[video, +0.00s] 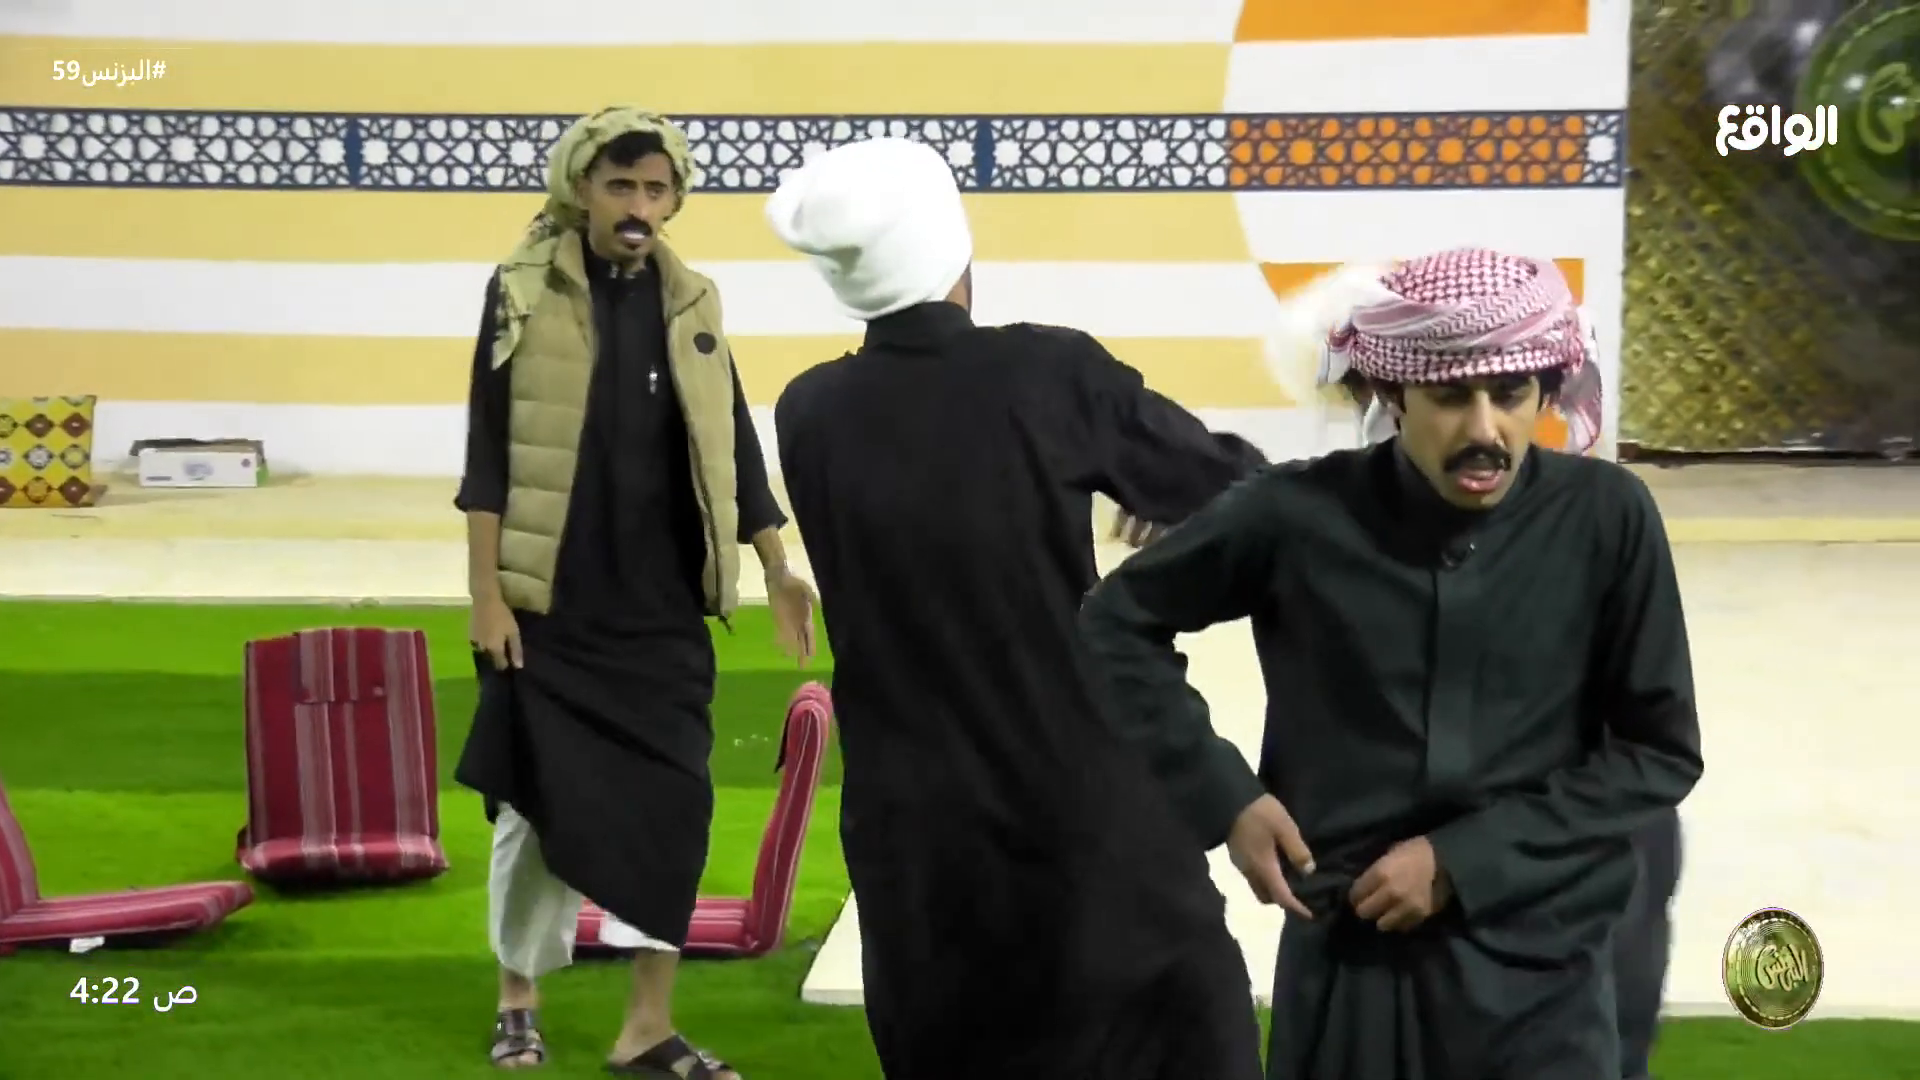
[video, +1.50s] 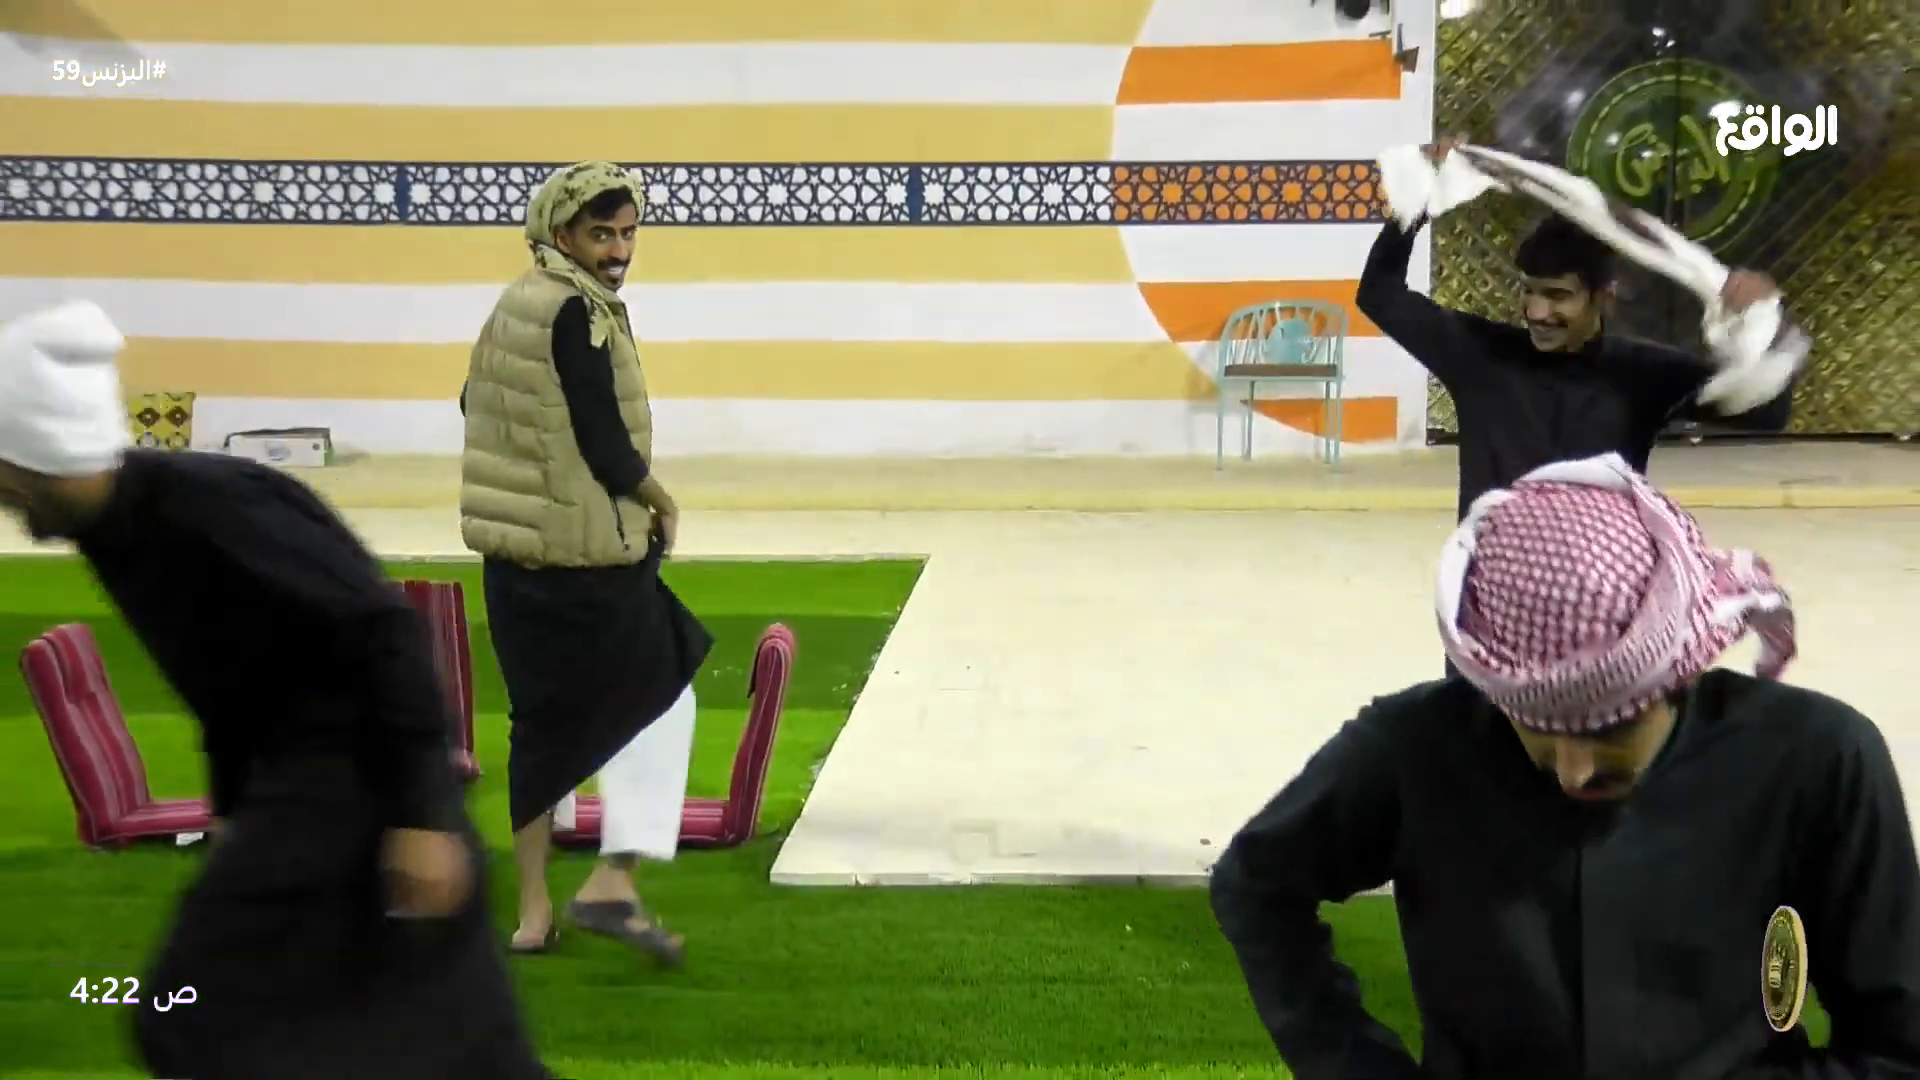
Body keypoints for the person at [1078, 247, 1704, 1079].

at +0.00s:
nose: (1483, 431)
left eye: (1509, 395)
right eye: (1450, 396)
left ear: (1544, 397)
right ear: (1395, 397)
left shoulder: (1608, 516)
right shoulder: (1292, 516)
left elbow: (1659, 753)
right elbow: (1115, 619)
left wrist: (1457, 860)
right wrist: (1229, 799)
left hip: (1541, 985)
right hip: (1344, 979)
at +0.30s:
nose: (1535, 462)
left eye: (1564, 430)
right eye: (1503, 423)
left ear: (1592, 447)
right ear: (1435, 425)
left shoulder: (1632, 582)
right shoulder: (1309, 558)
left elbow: (1654, 830)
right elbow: (1128, 680)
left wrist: (1448, 943)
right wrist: (1232, 869)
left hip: (1530, 1041)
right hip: (1330, 1033)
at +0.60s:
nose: (1500, 463)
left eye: (1530, 424)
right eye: (1465, 427)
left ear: (1569, 427)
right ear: (1405, 428)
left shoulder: (1645, 559)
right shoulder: (1310, 564)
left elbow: (1705, 810)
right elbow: (1164, 688)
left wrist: (1471, 894)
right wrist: (1253, 859)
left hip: (1551, 1036)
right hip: (1350, 1031)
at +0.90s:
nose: (1469, 569)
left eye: (1495, 523)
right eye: (1427, 537)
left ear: (1548, 514)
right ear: (1378, 543)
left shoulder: (1668, 636)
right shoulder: (1318, 671)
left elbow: (1737, 902)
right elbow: (1187, 804)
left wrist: (1495, 1009)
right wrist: (1294, 979)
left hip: (1599, 1059)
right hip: (1369, 1061)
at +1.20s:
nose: (1512, 597)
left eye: (1538, 549)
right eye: (1466, 560)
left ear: (1595, 532)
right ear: (1416, 558)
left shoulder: (1716, 660)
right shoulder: (1337, 689)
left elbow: (1805, 935)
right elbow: (1180, 834)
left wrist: (1551, 1064)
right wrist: (1332, 1027)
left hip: (1651, 1064)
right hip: (1414, 1068)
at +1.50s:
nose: (1575, 771)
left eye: (1614, 732)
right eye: (1540, 733)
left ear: (1681, 674)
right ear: (1494, 687)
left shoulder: (1822, 764)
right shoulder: (1408, 754)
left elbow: (1893, 1039)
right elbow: (1253, 888)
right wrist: (1368, 1069)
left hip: (1734, 1061)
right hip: (1484, 1060)